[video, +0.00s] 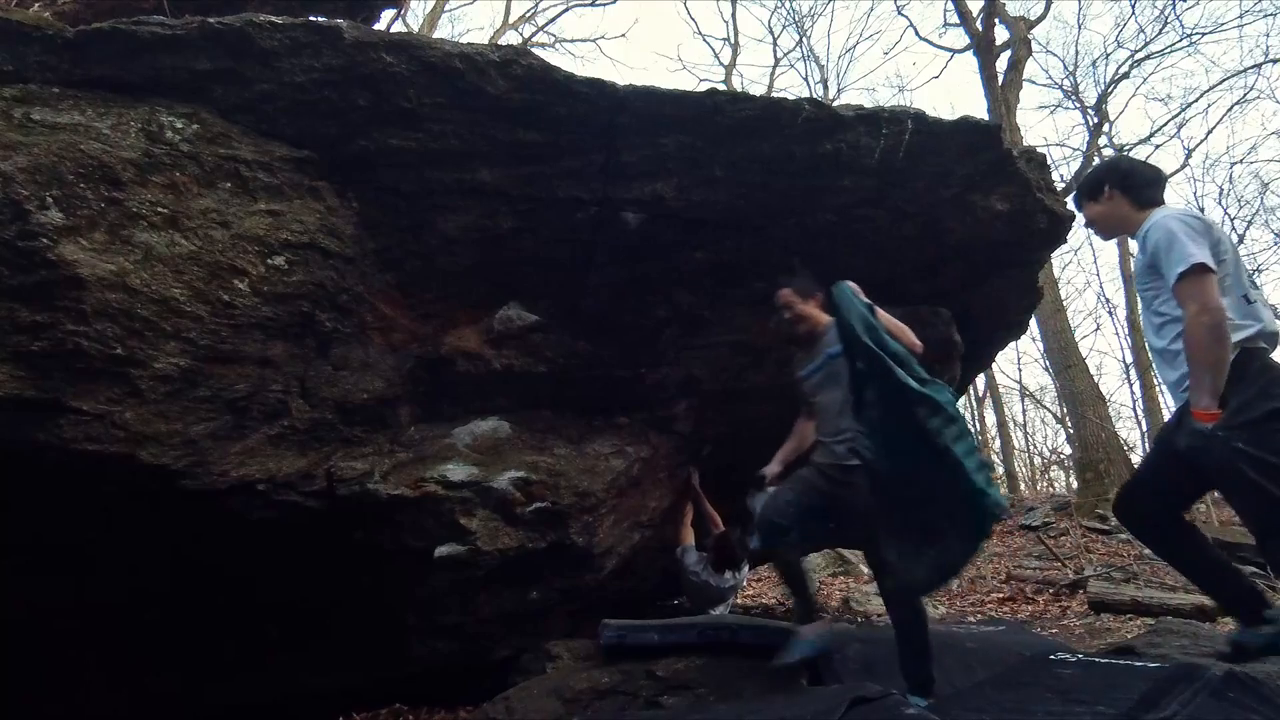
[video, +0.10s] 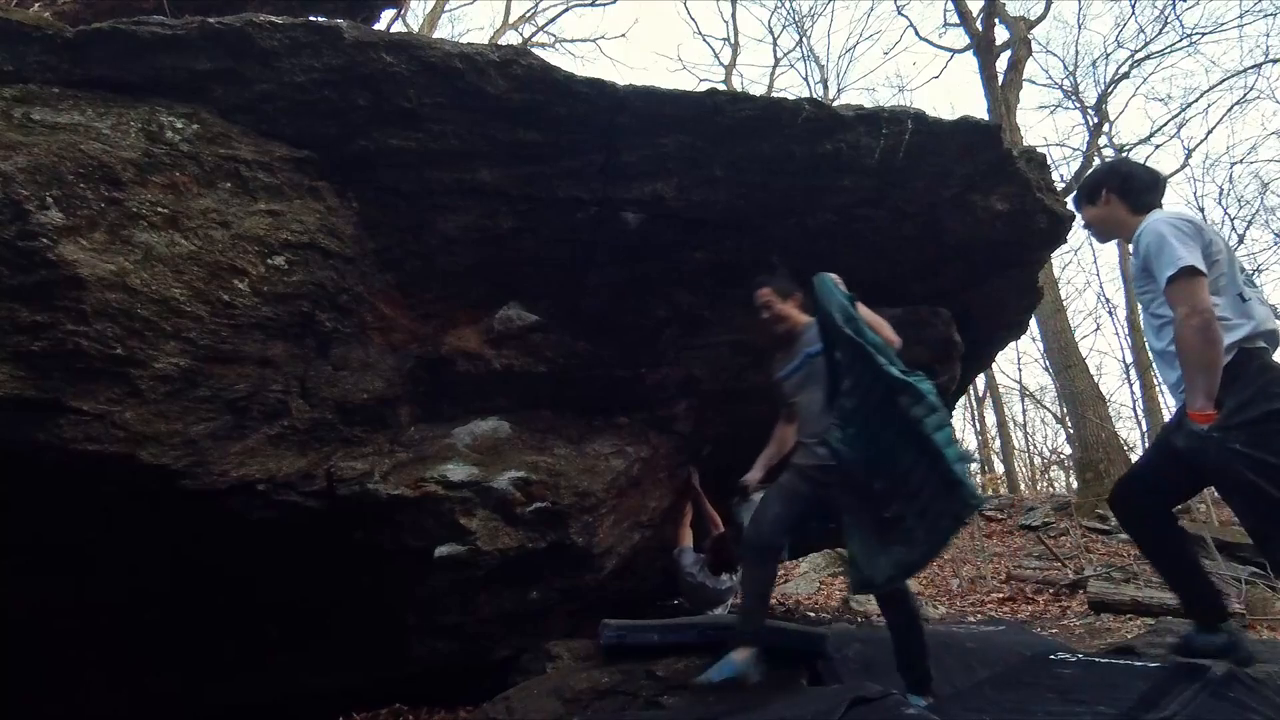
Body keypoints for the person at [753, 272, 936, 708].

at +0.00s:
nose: (787, 318)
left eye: (791, 307)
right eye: (781, 312)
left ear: (817, 301)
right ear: (783, 318)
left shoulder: (850, 330)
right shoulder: (805, 362)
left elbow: (913, 346)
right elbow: (811, 418)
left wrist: (867, 306)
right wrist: (778, 463)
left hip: (871, 475)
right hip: (824, 474)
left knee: (898, 593)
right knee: (772, 519)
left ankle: (921, 693)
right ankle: (809, 619)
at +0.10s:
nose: (766, 316)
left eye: (770, 305)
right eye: (760, 312)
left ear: (794, 300)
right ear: (760, 320)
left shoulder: (831, 325)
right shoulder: (785, 363)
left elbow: (890, 342)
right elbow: (790, 422)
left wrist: (844, 299)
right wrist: (759, 468)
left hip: (858, 472)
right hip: (804, 473)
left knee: (887, 582)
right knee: (759, 538)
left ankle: (920, 692)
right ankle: (747, 649)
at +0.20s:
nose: (744, 318)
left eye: (748, 308)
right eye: (738, 313)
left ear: (774, 301)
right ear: (741, 318)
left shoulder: (810, 329)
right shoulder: (761, 367)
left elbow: (869, 344)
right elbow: (767, 428)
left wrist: (827, 301)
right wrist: (740, 474)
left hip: (833, 477)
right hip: (782, 483)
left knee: (873, 586)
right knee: (751, 571)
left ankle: (915, 691)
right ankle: (731, 683)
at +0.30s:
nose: (719, 318)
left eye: (723, 308)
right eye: (713, 313)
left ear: (749, 302)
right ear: (713, 319)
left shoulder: (784, 335)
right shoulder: (734, 369)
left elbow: (844, 352)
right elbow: (743, 432)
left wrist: (805, 306)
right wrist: (717, 480)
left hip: (805, 481)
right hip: (754, 488)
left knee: (847, 587)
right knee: (746, 598)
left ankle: (907, 683)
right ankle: (736, 704)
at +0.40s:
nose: (695, 316)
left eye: (700, 305)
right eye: (689, 311)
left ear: (725, 301)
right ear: (688, 317)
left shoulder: (763, 337)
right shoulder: (708, 371)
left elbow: (819, 374)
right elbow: (716, 434)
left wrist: (791, 319)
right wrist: (693, 480)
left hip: (779, 482)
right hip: (729, 489)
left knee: (806, 584)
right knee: (735, 601)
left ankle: (874, 652)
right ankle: (736, 703)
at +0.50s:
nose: (675, 312)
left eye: (680, 302)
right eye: (669, 306)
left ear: (705, 297)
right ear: (670, 312)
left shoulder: (743, 332)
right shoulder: (687, 368)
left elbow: (802, 356)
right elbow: (693, 426)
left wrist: (772, 310)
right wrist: (668, 476)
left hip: (765, 475)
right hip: (715, 484)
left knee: (784, 580)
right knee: (727, 593)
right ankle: (732, 700)